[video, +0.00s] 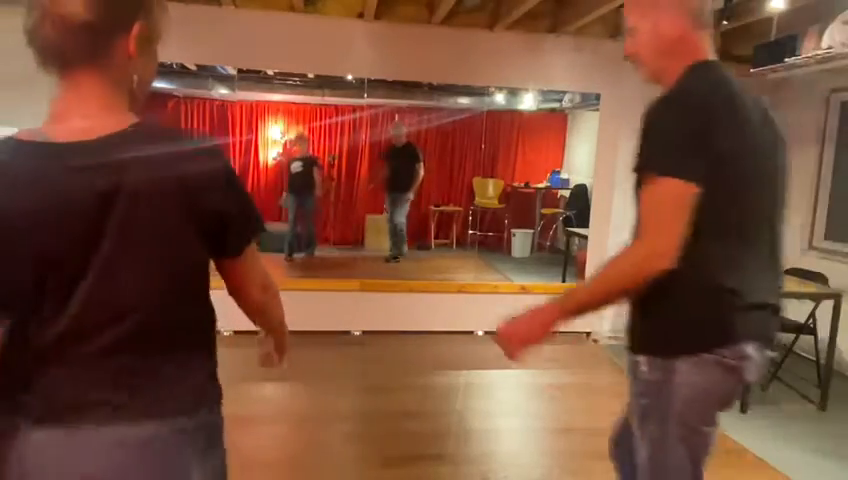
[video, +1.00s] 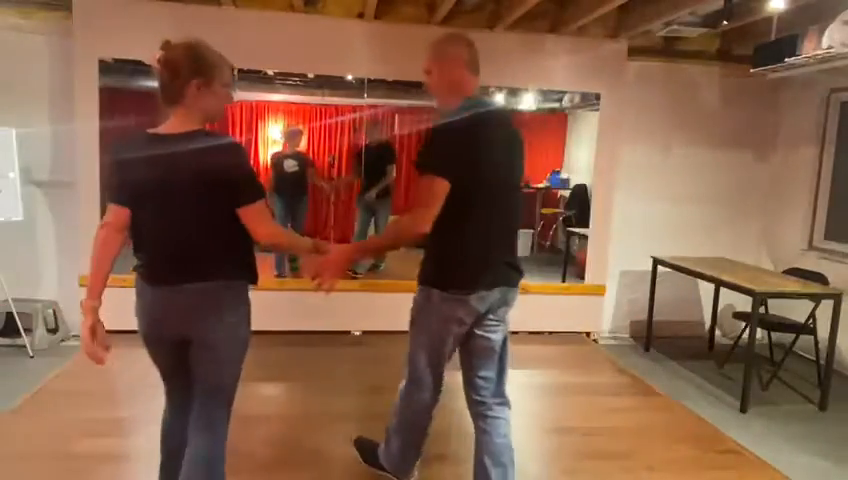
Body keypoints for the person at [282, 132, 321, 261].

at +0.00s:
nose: (301, 147)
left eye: (303, 144)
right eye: (299, 144)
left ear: (307, 145)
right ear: (295, 146)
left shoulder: (312, 160)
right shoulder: (291, 161)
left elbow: (317, 176)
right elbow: (288, 180)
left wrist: (318, 189)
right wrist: (285, 194)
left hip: (308, 193)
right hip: (293, 193)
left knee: (309, 221)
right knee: (292, 222)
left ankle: (310, 248)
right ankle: (289, 251)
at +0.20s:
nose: (295, 146)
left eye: (298, 142)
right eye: (293, 142)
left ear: (302, 143)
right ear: (289, 143)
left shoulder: (308, 158)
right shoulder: (285, 159)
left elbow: (314, 173)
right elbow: (277, 178)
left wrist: (319, 186)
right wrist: (267, 192)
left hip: (304, 192)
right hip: (287, 192)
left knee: (301, 222)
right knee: (288, 222)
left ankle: (300, 248)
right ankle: (288, 252)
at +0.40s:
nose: (293, 143)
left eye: (296, 140)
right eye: (291, 139)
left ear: (300, 141)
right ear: (288, 141)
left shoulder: (307, 159)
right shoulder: (283, 160)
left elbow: (314, 175)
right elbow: (274, 175)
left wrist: (320, 187)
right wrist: (264, 187)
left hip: (302, 194)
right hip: (286, 194)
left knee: (297, 222)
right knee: (287, 223)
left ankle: (296, 252)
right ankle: (287, 251)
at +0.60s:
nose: (294, 142)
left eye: (296, 139)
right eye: (292, 139)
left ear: (299, 140)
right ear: (288, 140)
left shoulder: (306, 159)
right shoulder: (281, 160)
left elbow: (315, 176)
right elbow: (274, 176)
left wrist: (323, 189)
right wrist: (268, 187)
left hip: (301, 195)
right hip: (285, 195)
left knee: (296, 225)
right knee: (287, 225)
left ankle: (293, 254)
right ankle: (288, 253)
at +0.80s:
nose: (296, 142)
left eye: (298, 138)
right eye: (293, 138)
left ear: (301, 140)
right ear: (288, 140)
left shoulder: (305, 158)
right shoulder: (280, 160)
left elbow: (315, 176)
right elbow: (274, 181)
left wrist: (324, 187)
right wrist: (272, 198)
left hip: (301, 195)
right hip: (283, 195)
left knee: (298, 223)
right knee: (284, 222)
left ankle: (299, 247)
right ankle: (283, 248)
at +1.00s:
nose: (296, 141)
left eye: (298, 138)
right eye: (294, 138)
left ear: (299, 139)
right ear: (288, 138)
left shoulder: (304, 158)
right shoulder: (277, 157)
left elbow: (313, 176)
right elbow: (272, 178)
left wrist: (324, 186)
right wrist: (269, 194)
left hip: (300, 198)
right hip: (281, 197)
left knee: (298, 231)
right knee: (281, 231)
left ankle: (295, 266)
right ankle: (280, 268)